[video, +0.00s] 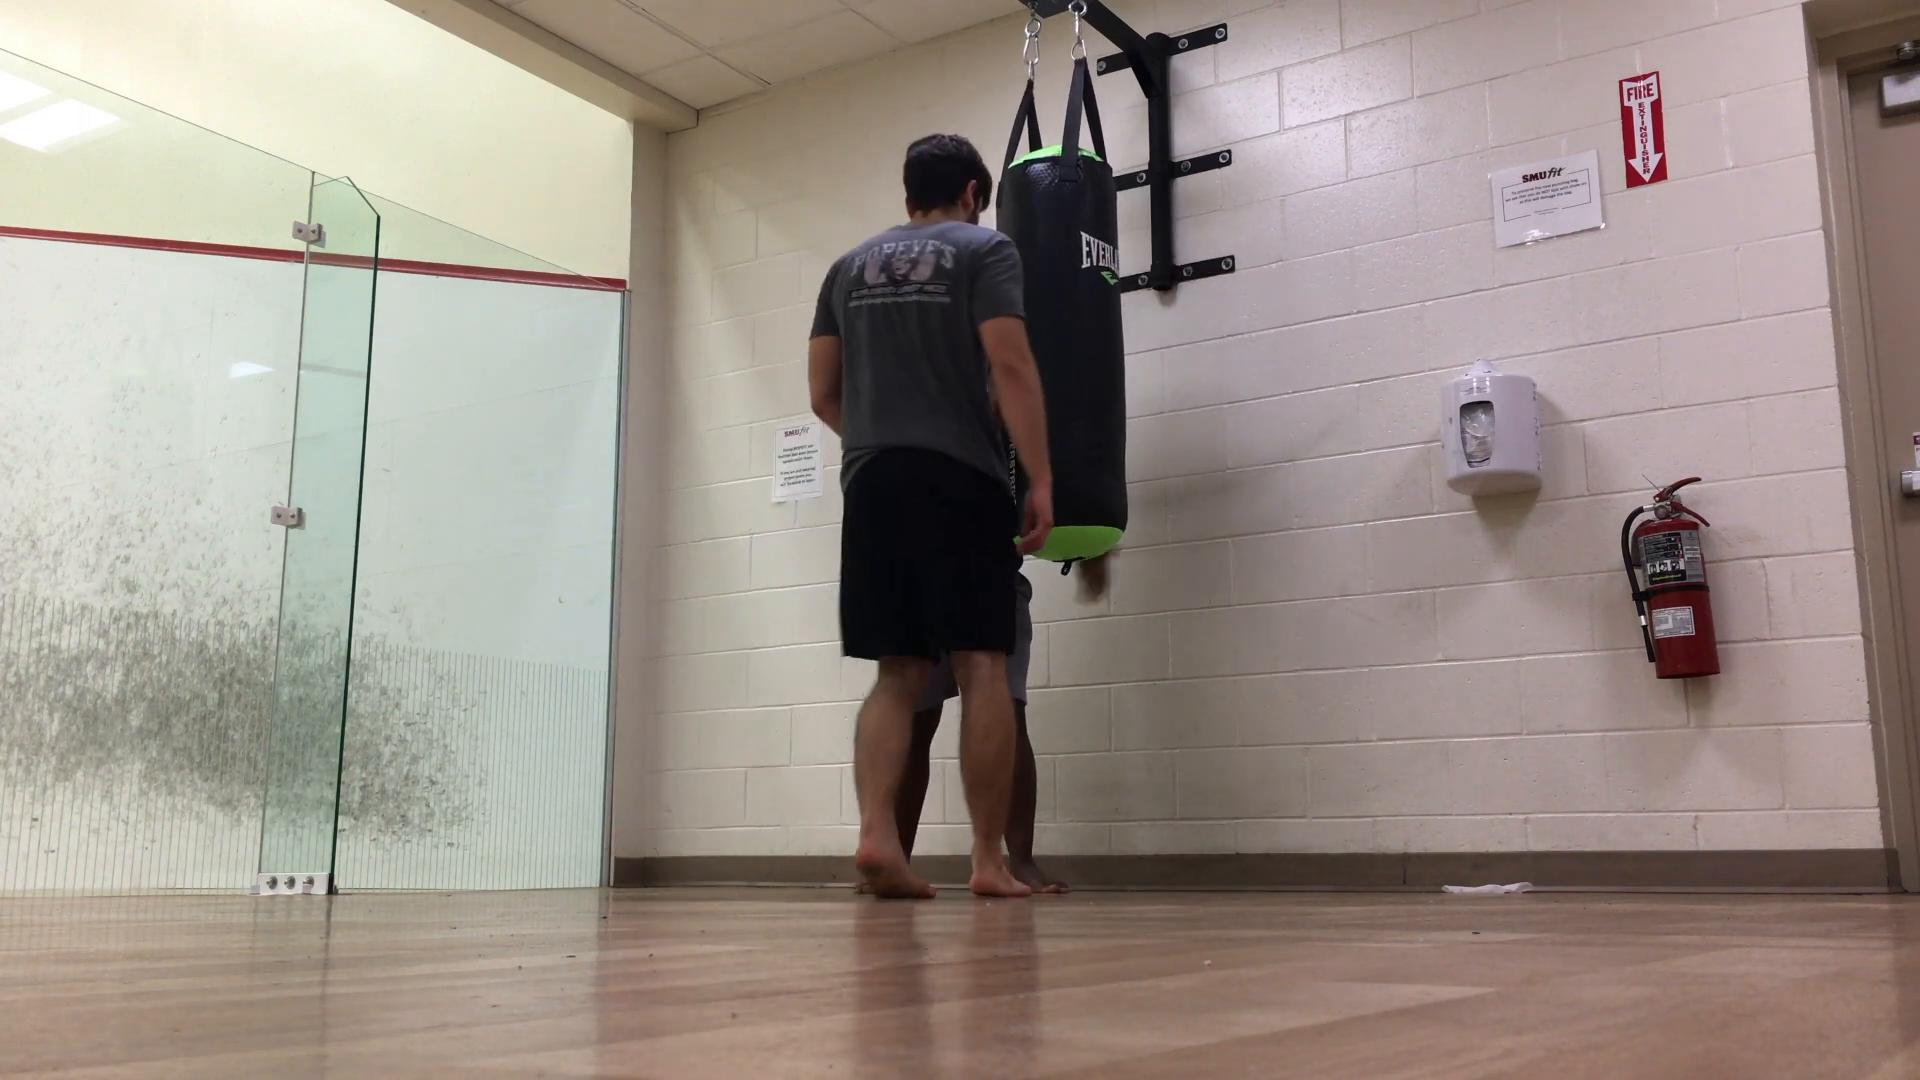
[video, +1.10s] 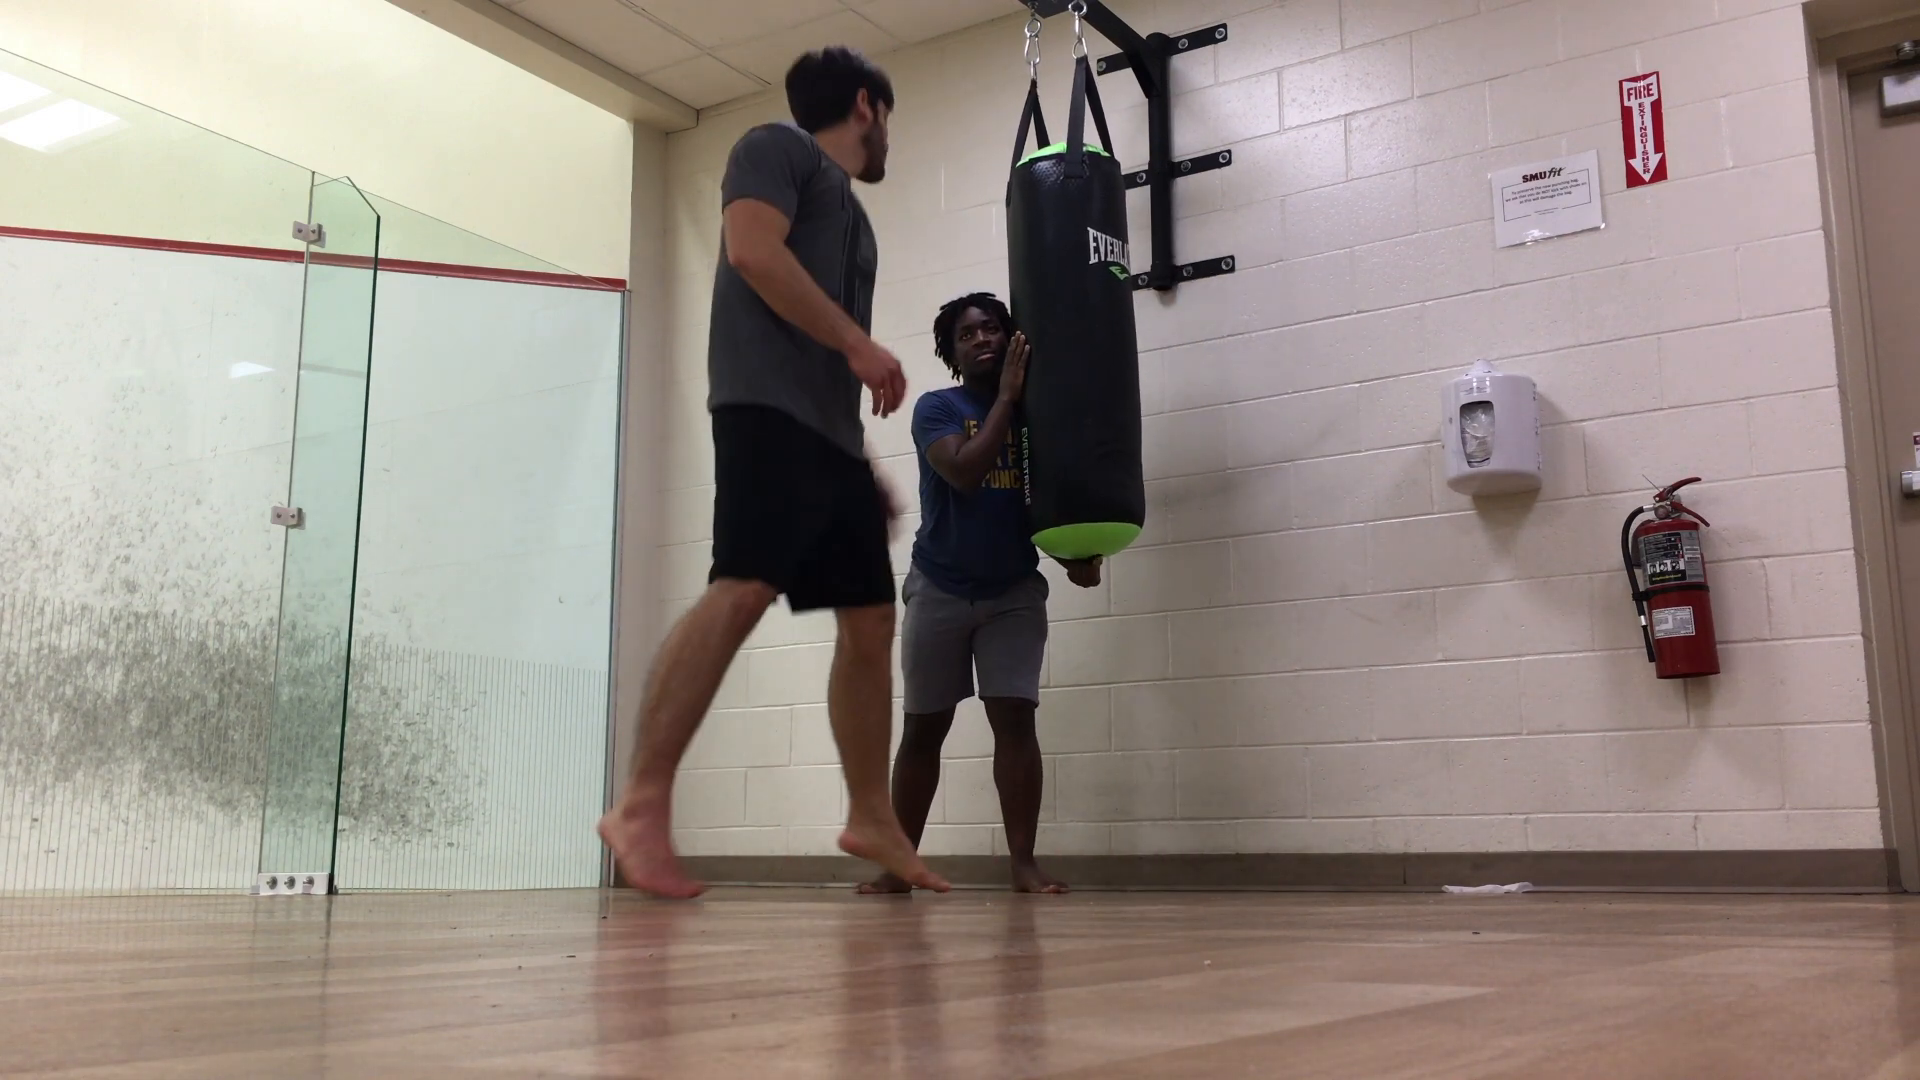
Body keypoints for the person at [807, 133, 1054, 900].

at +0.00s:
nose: (979, 209)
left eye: (974, 200)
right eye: (981, 199)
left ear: (904, 199)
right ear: (973, 195)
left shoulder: (848, 267)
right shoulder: (984, 248)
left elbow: (823, 393)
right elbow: (1009, 364)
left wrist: (885, 441)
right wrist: (1039, 477)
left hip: (874, 482)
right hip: (963, 478)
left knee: (899, 669)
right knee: (983, 670)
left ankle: (878, 839)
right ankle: (990, 860)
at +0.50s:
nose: (957, 224)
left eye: (955, 214)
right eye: (957, 212)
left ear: (884, 205)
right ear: (942, 201)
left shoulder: (857, 266)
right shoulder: (922, 224)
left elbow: (863, 395)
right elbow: (897, 306)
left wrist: (943, 447)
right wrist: (968, 408)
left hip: (830, 465)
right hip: (890, 462)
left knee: (851, 663)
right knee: (935, 650)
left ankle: (871, 860)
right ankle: (980, 852)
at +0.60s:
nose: (945, 214)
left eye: (946, 201)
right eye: (945, 198)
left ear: (879, 189)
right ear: (927, 186)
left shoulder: (860, 243)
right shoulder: (893, 226)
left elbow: (856, 388)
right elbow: (857, 306)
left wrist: (932, 449)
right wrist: (945, 395)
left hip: (845, 465)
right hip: (869, 461)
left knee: (853, 657)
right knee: (893, 629)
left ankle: (870, 854)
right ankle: (894, 826)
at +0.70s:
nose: (933, 197)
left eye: (932, 183)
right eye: (931, 182)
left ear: (865, 172)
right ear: (914, 171)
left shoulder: (878, 253)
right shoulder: (856, 219)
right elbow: (828, 308)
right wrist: (940, 368)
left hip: (876, 463)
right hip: (846, 450)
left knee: (863, 665)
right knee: (847, 589)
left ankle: (871, 857)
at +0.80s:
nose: (914, 184)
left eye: (914, 169)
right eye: (914, 167)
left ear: (863, 158)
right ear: (895, 156)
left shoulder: (863, 243)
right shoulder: (823, 207)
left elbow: (849, 336)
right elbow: (799, 303)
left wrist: (929, 334)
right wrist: (917, 334)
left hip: (864, 461)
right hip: (820, 443)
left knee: (860, 662)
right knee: (788, 590)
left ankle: (872, 858)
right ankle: (675, 786)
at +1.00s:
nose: (891, 175)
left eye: (892, 162)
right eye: (890, 158)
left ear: (838, 145)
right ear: (867, 141)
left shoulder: (840, 242)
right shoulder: (786, 176)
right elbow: (751, 274)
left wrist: (861, 336)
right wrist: (866, 321)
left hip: (826, 466)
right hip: (760, 447)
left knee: (864, 642)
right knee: (713, 626)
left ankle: (882, 840)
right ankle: (610, 834)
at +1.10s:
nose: (886, 137)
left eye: (885, 123)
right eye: (884, 119)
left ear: (840, 111)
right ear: (863, 106)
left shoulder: (849, 222)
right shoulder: (780, 143)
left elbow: (824, 356)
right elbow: (753, 249)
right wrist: (856, 343)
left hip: (826, 430)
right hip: (765, 407)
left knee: (870, 613)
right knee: (746, 586)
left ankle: (873, 818)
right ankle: (639, 807)